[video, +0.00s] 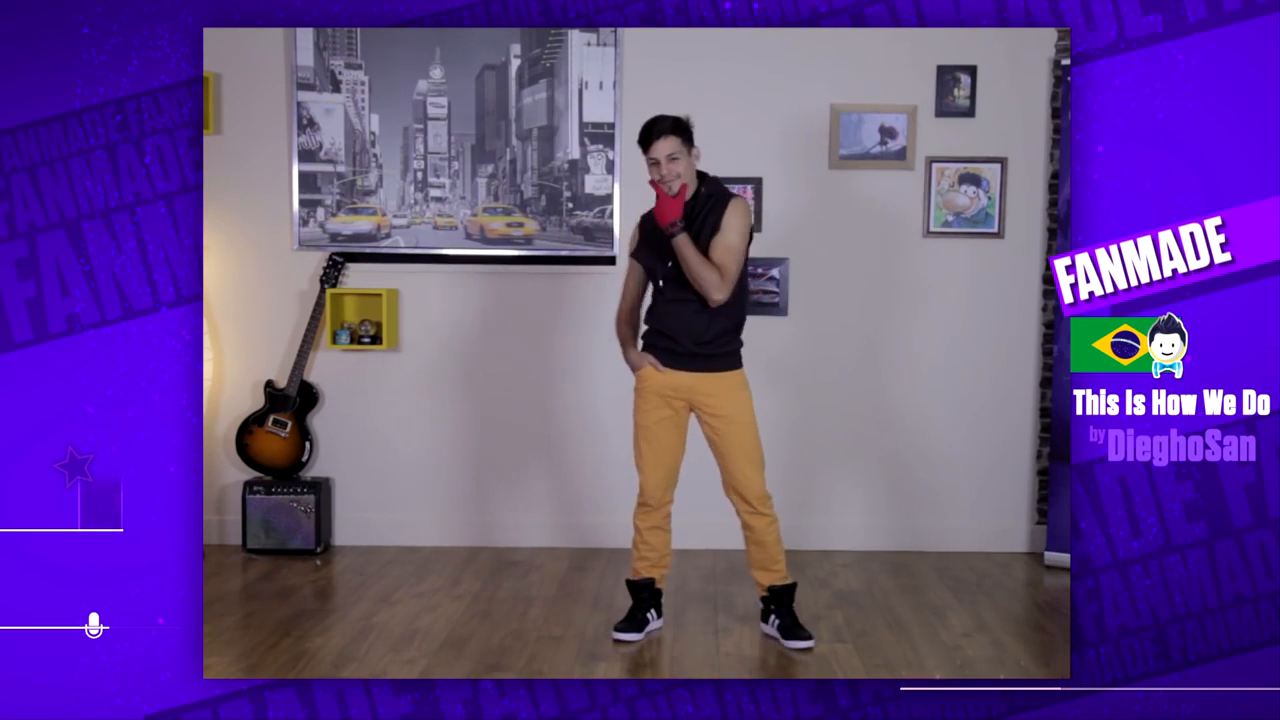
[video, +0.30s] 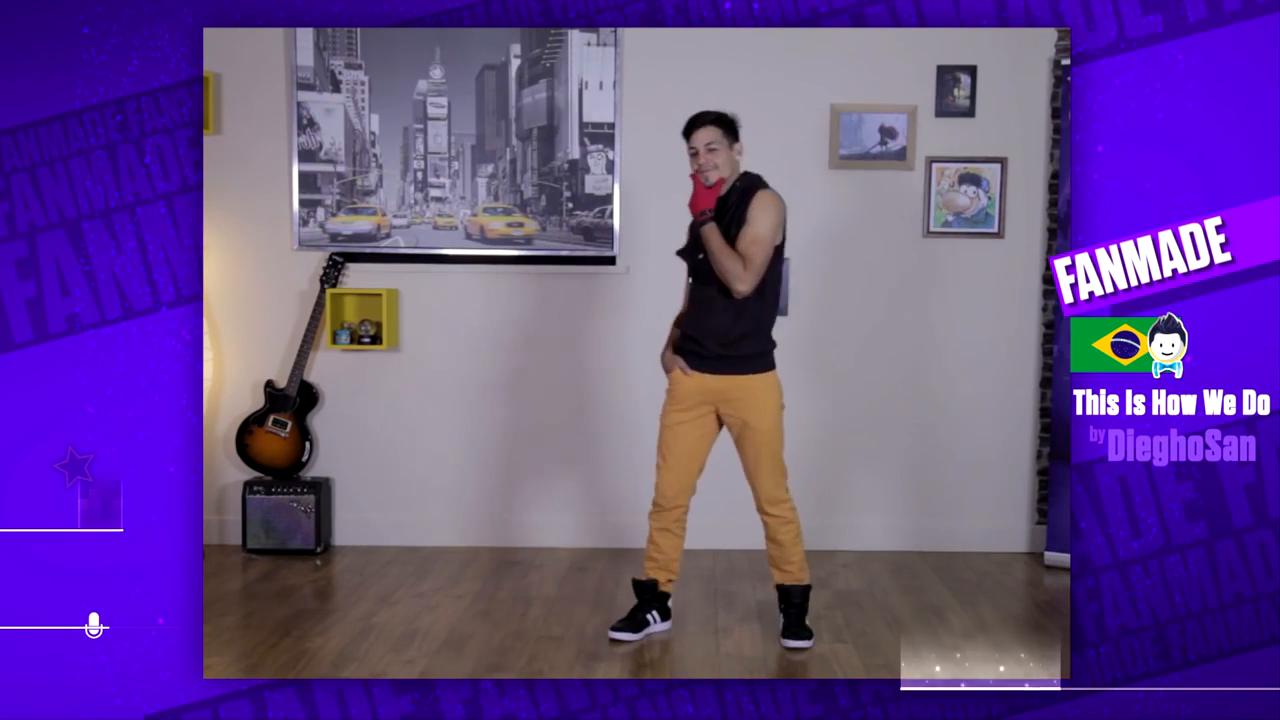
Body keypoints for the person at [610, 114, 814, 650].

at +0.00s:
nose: (665, 171)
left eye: (672, 159)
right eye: (655, 164)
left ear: (693, 155)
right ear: (648, 169)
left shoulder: (732, 210)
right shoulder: (648, 228)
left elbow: (718, 289)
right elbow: (628, 309)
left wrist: (675, 227)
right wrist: (633, 354)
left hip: (722, 377)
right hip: (660, 374)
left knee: (752, 494)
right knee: (652, 494)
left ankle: (778, 605)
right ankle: (645, 602)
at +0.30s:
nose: (703, 159)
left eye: (712, 149)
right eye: (694, 153)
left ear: (737, 150)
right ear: (691, 160)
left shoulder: (763, 203)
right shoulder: (702, 214)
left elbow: (744, 280)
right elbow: (696, 290)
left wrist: (705, 219)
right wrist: (671, 344)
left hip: (750, 382)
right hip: (691, 379)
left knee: (772, 499)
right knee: (668, 498)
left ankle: (793, 605)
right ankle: (653, 602)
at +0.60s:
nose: (725, 178)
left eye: (736, 168)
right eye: (720, 168)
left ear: (765, 165)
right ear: (714, 165)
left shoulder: (791, 221)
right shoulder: (695, 218)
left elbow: (779, 294)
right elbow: (669, 296)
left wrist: (735, 236)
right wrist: (675, 355)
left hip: (765, 381)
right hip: (702, 377)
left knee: (777, 497)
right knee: (674, 495)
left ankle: (794, 606)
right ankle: (654, 602)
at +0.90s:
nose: (706, 165)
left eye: (718, 157)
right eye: (702, 154)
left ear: (745, 164)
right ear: (697, 155)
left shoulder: (753, 226)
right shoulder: (670, 205)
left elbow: (758, 300)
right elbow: (628, 286)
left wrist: (725, 237)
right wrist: (655, 361)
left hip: (740, 380)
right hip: (679, 379)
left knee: (760, 496)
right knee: (661, 495)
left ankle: (778, 605)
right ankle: (642, 602)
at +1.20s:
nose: (676, 163)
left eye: (686, 152)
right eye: (668, 154)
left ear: (709, 155)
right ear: (660, 161)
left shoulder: (738, 218)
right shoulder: (642, 223)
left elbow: (744, 300)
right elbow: (604, 304)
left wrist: (701, 241)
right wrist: (633, 359)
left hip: (725, 379)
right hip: (661, 379)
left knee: (751, 495)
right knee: (652, 497)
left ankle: (778, 604)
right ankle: (642, 602)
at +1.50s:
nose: (675, 163)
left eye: (683, 151)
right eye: (666, 158)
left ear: (708, 148)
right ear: (662, 164)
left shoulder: (749, 203)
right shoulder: (674, 221)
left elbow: (731, 276)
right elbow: (666, 294)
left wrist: (687, 217)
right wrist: (653, 343)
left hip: (738, 380)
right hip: (677, 377)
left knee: (765, 499)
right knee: (658, 496)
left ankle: (793, 606)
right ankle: (650, 602)